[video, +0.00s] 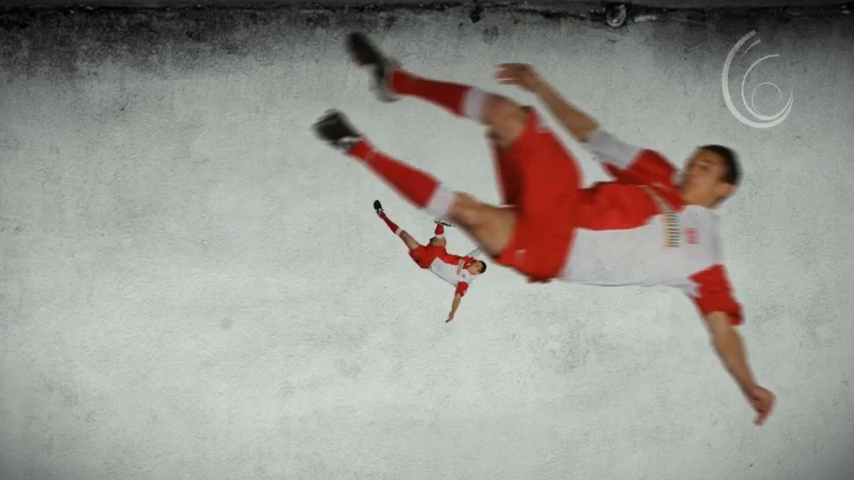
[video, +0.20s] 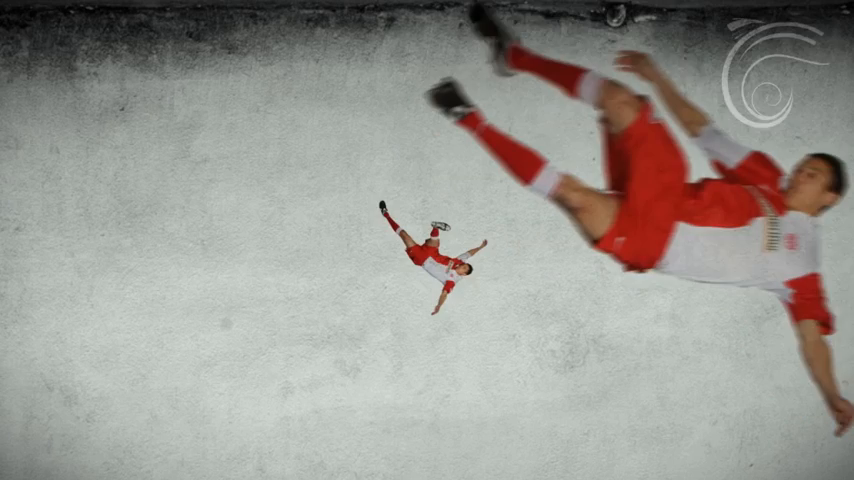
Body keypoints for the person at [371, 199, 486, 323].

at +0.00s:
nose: (474, 268)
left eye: (478, 269)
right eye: (476, 265)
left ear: (477, 274)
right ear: (473, 263)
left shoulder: (464, 282)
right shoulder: (467, 260)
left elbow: (458, 298)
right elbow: (478, 250)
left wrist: (452, 313)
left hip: (425, 261)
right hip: (437, 253)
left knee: (404, 235)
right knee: (440, 239)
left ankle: (382, 215)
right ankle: (440, 224)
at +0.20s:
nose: (461, 267)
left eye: (464, 270)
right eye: (464, 266)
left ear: (463, 274)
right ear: (462, 265)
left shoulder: (452, 280)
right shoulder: (458, 261)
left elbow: (445, 294)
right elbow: (469, 253)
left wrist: (438, 306)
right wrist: (481, 246)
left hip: (420, 258)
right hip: (432, 252)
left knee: (403, 234)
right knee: (434, 241)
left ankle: (386, 215)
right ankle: (436, 228)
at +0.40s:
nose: (449, 268)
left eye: (451, 270)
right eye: (451, 267)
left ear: (450, 274)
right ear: (450, 264)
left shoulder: (439, 278)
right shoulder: (446, 262)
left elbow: (432, 289)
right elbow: (457, 256)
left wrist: (426, 299)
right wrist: (468, 251)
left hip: (415, 256)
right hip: (425, 252)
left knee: (403, 233)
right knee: (428, 242)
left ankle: (389, 214)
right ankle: (431, 231)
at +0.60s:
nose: (439, 264)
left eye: (440, 267)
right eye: (441, 264)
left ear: (439, 270)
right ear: (440, 262)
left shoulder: (430, 273)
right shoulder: (437, 261)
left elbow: (423, 282)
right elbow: (446, 256)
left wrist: (416, 290)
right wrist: (456, 253)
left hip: (411, 252)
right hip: (420, 250)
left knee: (402, 231)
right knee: (423, 242)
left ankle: (392, 215)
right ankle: (426, 233)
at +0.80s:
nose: (429, 262)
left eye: (430, 264)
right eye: (431, 262)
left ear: (429, 266)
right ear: (431, 260)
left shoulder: (421, 267)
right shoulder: (428, 257)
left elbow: (414, 274)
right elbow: (437, 254)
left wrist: (408, 280)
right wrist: (445, 253)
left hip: (407, 248)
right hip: (415, 247)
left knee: (402, 230)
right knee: (418, 241)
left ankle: (396, 216)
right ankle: (422, 233)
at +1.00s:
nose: (421, 256)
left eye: (422, 258)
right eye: (423, 256)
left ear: (421, 259)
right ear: (423, 255)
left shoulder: (413, 260)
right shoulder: (419, 253)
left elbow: (407, 266)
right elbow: (427, 251)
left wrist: (402, 270)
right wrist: (435, 251)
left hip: (404, 243)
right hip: (411, 244)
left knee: (402, 229)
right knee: (413, 240)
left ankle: (398, 216)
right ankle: (418, 233)